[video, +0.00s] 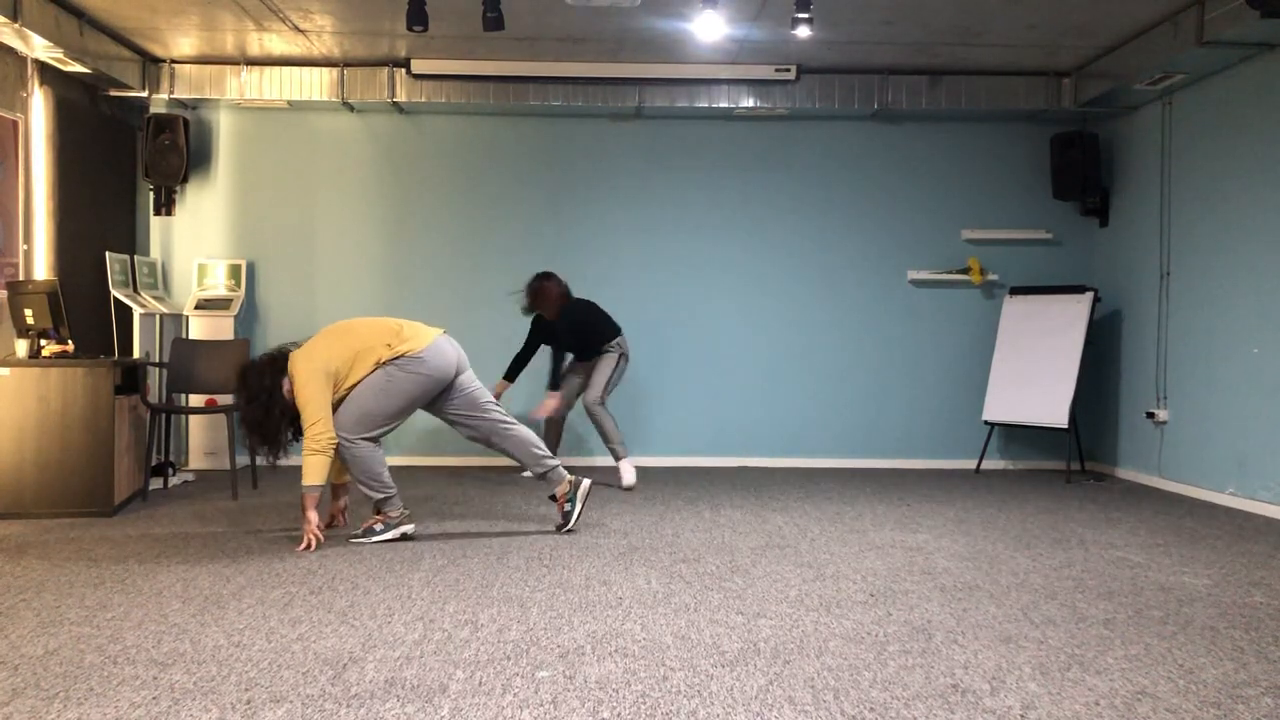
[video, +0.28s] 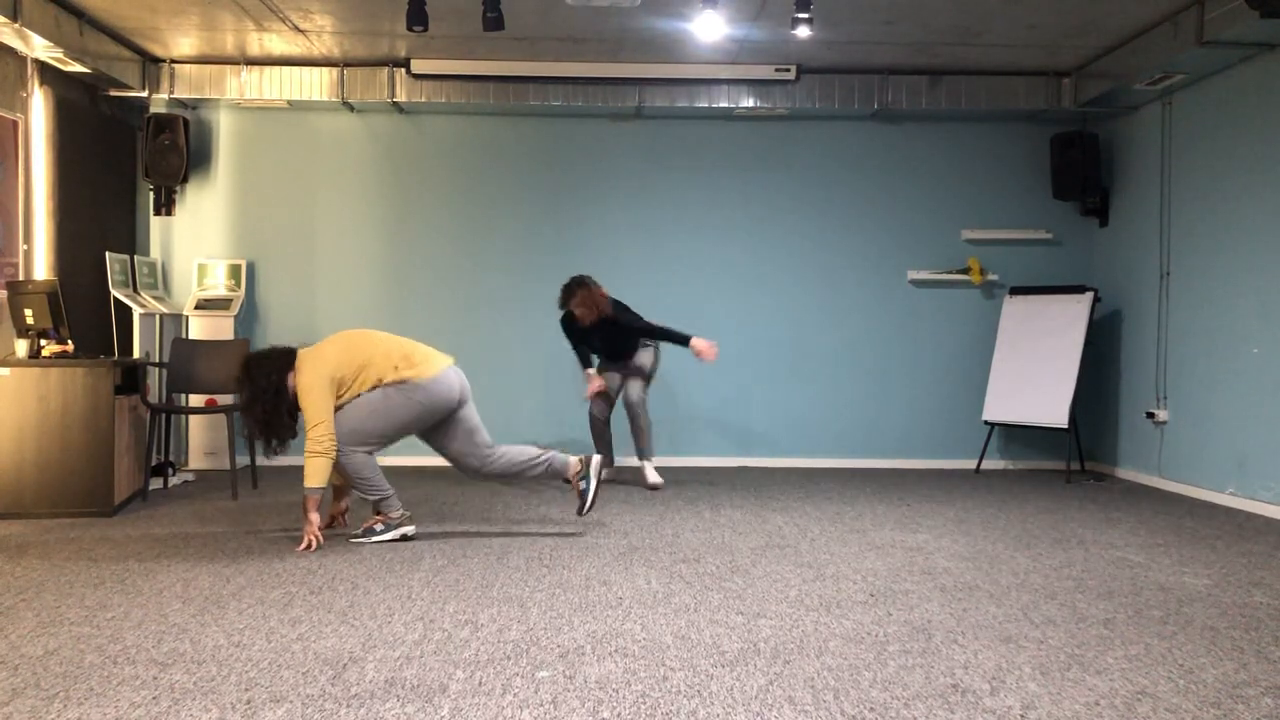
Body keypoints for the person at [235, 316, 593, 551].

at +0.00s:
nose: (294, 412)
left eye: (283, 407)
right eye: (288, 408)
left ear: (282, 387)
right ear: (287, 375)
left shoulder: (308, 371)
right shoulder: (320, 356)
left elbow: (317, 438)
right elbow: (343, 429)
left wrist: (309, 511)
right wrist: (338, 493)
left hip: (418, 359)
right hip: (442, 349)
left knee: (348, 432)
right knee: (490, 422)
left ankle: (391, 514)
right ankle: (564, 485)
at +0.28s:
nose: (283, 406)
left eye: (274, 401)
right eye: (275, 402)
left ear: (278, 384)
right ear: (287, 366)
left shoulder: (312, 373)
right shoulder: (326, 359)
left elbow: (318, 444)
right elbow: (345, 435)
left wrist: (312, 515)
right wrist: (341, 495)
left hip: (422, 385)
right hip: (445, 378)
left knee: (344, 440)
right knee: (481, 459)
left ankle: (390, 516)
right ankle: (573, 468)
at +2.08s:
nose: (62, 213)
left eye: (68, 206)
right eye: (62, 206)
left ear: (95, 209)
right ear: (97, 210)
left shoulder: (119, 238)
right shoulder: (131, 246)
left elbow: (134, 274)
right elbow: (105, 298)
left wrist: (85, 245)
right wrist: (65, 268)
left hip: (150, 364)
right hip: (187, 366)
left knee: (66, 426)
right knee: (121, 437)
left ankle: (65, 524)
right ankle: (197, 485)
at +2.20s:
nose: (49, 234)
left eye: (53, 224)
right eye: (48, 224)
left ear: (75, 221)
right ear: (91, 220)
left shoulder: (109, 246)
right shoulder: (136, 246)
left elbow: (136, 288)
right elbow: (123, 332)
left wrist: (81, 323)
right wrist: (67, 341)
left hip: (160, 360)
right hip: (192, 359)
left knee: (80, 422)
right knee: (117, 423)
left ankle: (64, 523)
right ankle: (134, 514)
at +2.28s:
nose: (54, 231)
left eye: (59, 222)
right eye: (53, 222)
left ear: (82, 220)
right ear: (97, 218)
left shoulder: (116, 241)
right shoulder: (135, 240)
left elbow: (155, 280)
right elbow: (131, 328)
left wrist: (123, 333)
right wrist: (83, 351)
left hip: (173, 356)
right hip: (196, 355)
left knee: (94, 421)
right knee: (126, 422)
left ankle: (66, 522)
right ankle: (137, 517)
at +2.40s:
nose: (90, 229)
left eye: (89, 218)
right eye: (88, 219)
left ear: (105, 216)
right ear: (122, 206)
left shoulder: (145, 227)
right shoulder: (143, 239)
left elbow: (192, 265)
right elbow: (159, 310)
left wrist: (165, 324)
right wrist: (125, 342)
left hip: (205, 345)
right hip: (208, 346)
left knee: (122, 415)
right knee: (149, 424)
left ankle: (175, 504)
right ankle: (143, 516)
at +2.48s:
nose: (99, 200)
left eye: (103, 189)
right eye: (98, 190)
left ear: (121, 189)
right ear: (140, 185)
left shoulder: (157, 217)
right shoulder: (159, 220)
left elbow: (200, 260)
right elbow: (180, 290)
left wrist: (176, 317)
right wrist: (148, 326)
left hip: (215, 343)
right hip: (213, 341)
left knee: (156, 424)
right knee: (165, 423)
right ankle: (144, 517)